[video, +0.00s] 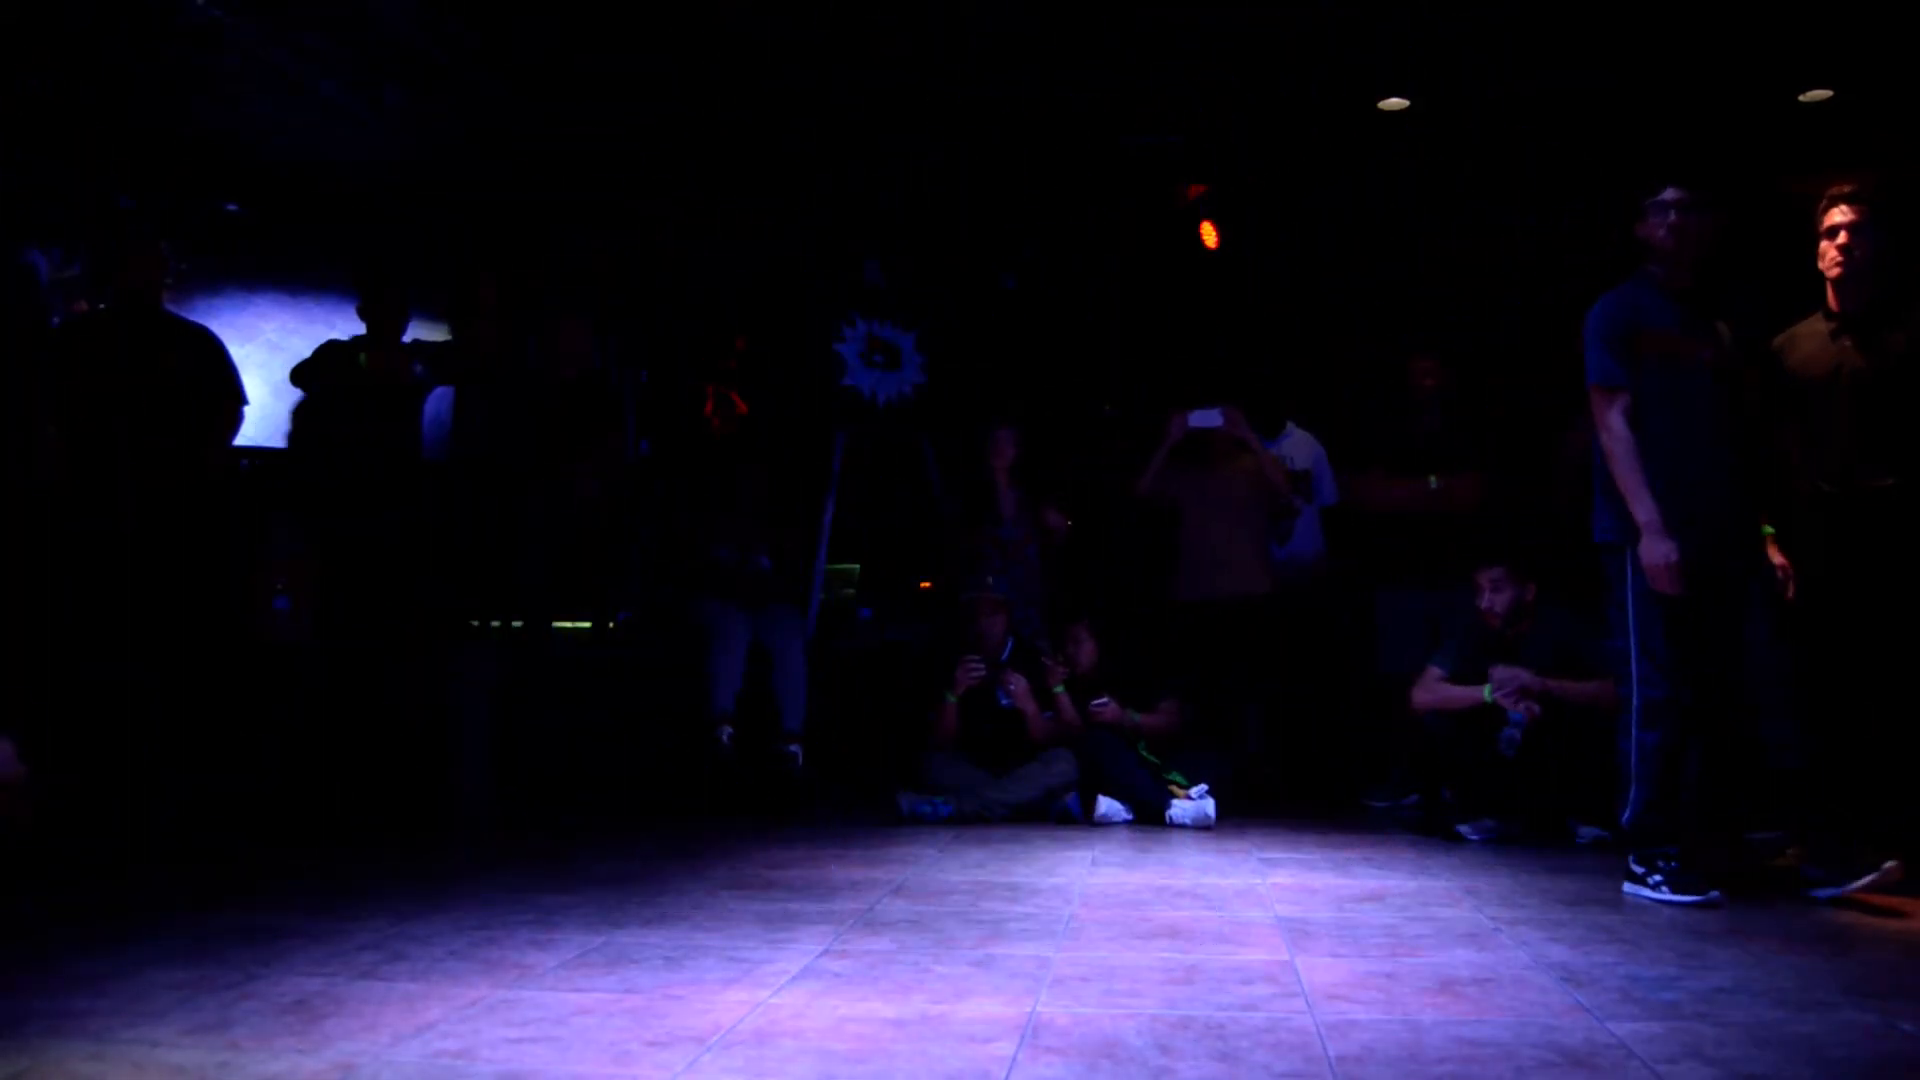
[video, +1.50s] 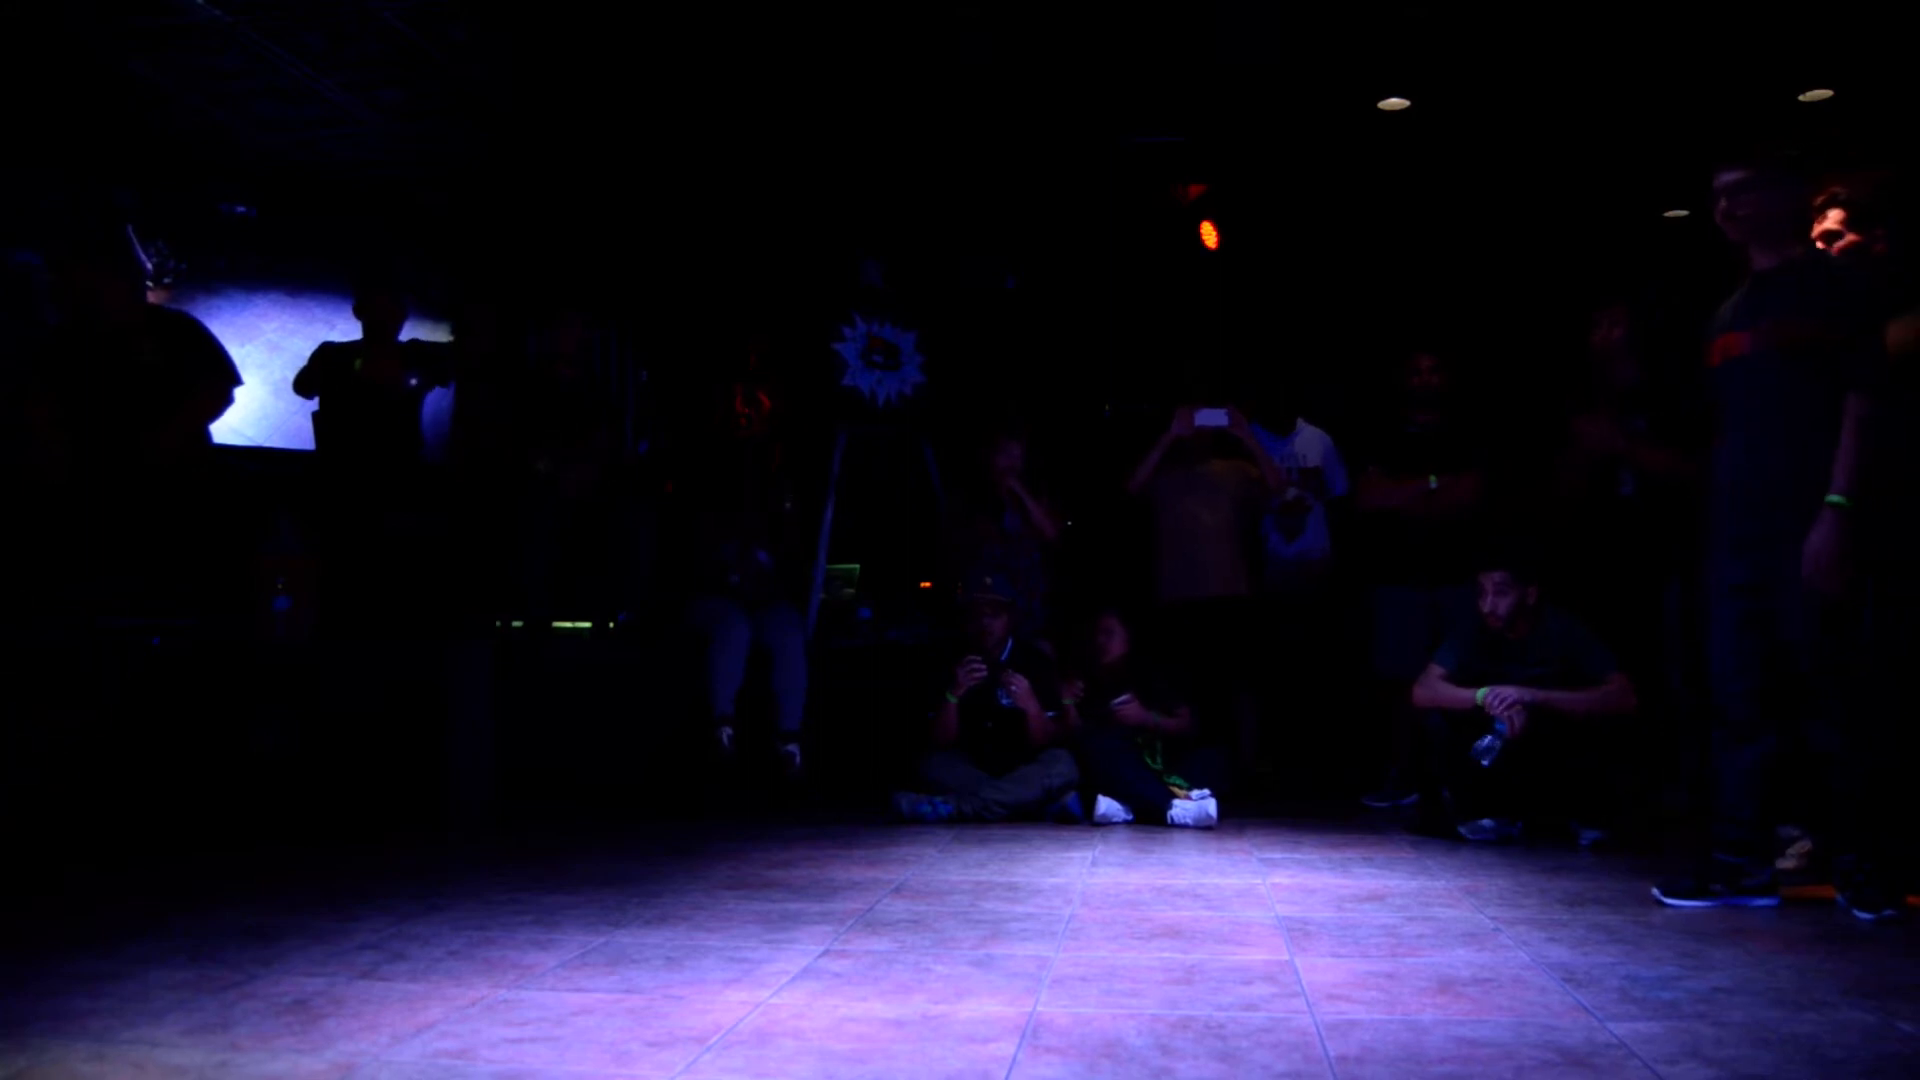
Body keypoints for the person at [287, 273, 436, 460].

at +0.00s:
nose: (389, 323)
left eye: (397, 314)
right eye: (381, 312)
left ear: (407, 317)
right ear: (362, 312)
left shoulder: (417, 357)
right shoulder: (336, 352)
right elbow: (299, 375)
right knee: (308, 409)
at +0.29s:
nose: (388, 323)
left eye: (395, 314)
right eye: (379, 313)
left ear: (405, 316)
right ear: (361, 312)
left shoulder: (415, 354)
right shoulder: (336, 353)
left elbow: (460, 341)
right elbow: (298, 372)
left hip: (405, 452)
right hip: (347, 454)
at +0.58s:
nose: (385, 322)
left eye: (392, 314)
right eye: (377, 313)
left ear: (401, 316)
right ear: (357, 314)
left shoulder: (416, 356)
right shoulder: (333, 354)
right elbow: (299, 379)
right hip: (343, 451)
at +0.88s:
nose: (383, 321)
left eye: (391, 311)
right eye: (375, 311)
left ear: (401, 314)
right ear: (356, 314)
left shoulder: (421, 362)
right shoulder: (333, 355)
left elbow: (448, 408)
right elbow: (300, 383)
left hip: (402, 461)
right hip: (342, 459)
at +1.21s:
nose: (382, 321)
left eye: (390, 310)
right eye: (375, 309)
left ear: (402, 314)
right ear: (358, 310)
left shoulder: (420, 360)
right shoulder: (332, 353)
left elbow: (448, 400)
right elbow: (301, 383)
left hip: (401, 458)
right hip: (342, 456)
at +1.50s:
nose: (383, 320)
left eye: (391, 309)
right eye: (375, 309)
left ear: (403, 313)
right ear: (358, 311)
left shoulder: (414, 355)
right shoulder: (332, 354)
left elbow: (461, 354)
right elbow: (302, 387)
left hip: (401, 458)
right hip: (343, 458)